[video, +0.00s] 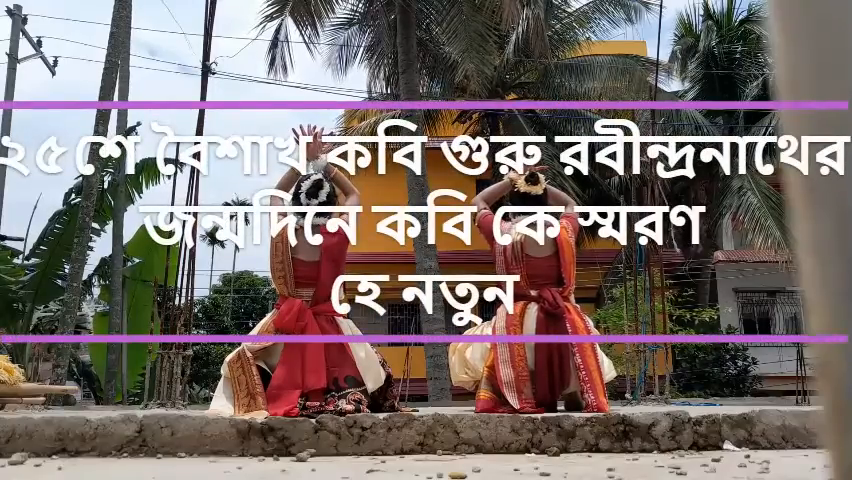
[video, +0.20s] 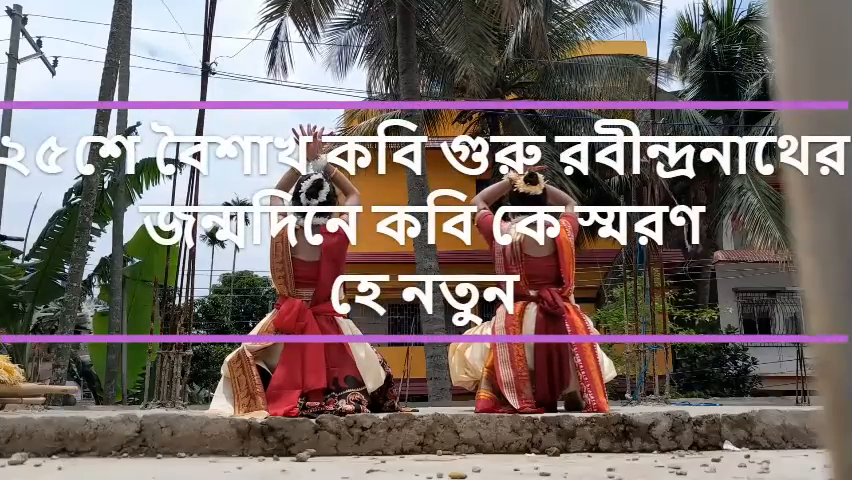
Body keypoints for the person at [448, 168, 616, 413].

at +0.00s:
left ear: (512, 210)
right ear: (545, 207)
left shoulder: (503, 233)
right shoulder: (563, 232)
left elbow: (480, 201)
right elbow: (569, 204)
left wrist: (509, 182)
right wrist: (542, 187)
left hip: (518, 317)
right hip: (561, 316)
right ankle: (573, 392)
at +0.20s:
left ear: (511, 210)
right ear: (544, 207)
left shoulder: (502, 234)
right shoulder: (562, 232)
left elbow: (480, 201)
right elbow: (569, 203)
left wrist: (508, 182)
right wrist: (541, 187)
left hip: (518, 318)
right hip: (561, 317)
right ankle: (573, 391)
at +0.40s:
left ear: (510, 210)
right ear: (543, 207)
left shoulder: (502, 234)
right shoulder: (562, 232)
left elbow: (479, 201)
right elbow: (569, 202)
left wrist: (508, 182)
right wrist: (542, 186)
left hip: (518, 318)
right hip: (561, 317)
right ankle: (573, 390)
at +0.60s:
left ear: (511, 211)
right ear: (544, 206)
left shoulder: (502, 234)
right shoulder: (562, 233)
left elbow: (479, 200)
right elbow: (569, 202)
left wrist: (508, 182)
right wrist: (541, 185)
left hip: (518, 319)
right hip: (561, 318)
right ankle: (573, 391)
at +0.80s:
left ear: (510, 211)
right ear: (544, 207)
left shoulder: (502, 235)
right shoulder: (562, 233)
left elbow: (479, 200)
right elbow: (570, 203)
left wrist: (508, 181)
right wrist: (542, 186)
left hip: (518, 320)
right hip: (561, 319)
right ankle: (573, 392)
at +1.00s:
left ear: (511, 211)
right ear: (544, 207)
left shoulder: (503, 234)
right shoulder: (562, 233)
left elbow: (479, 200)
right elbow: (570, 202)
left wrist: (507, 182)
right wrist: (542, 185)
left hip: (518, 319)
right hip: (561, 318)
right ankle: (574, 394)